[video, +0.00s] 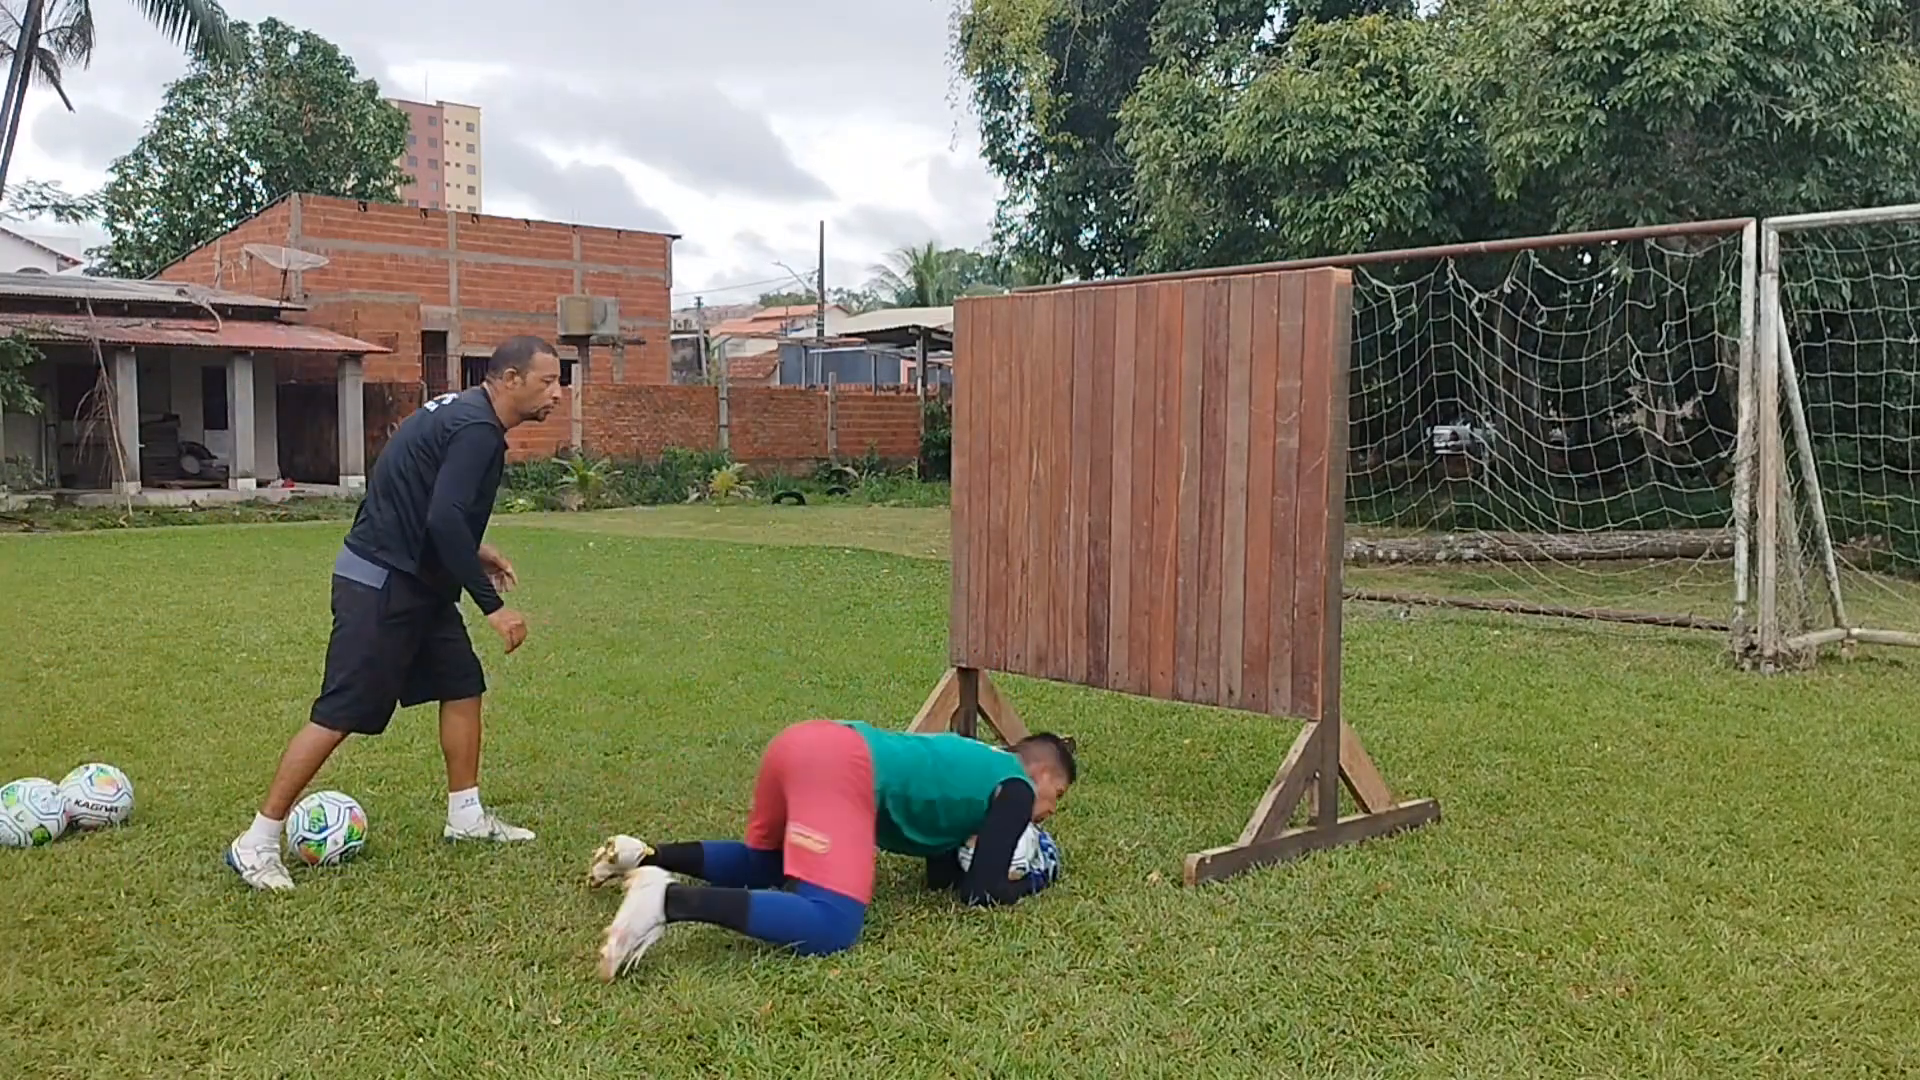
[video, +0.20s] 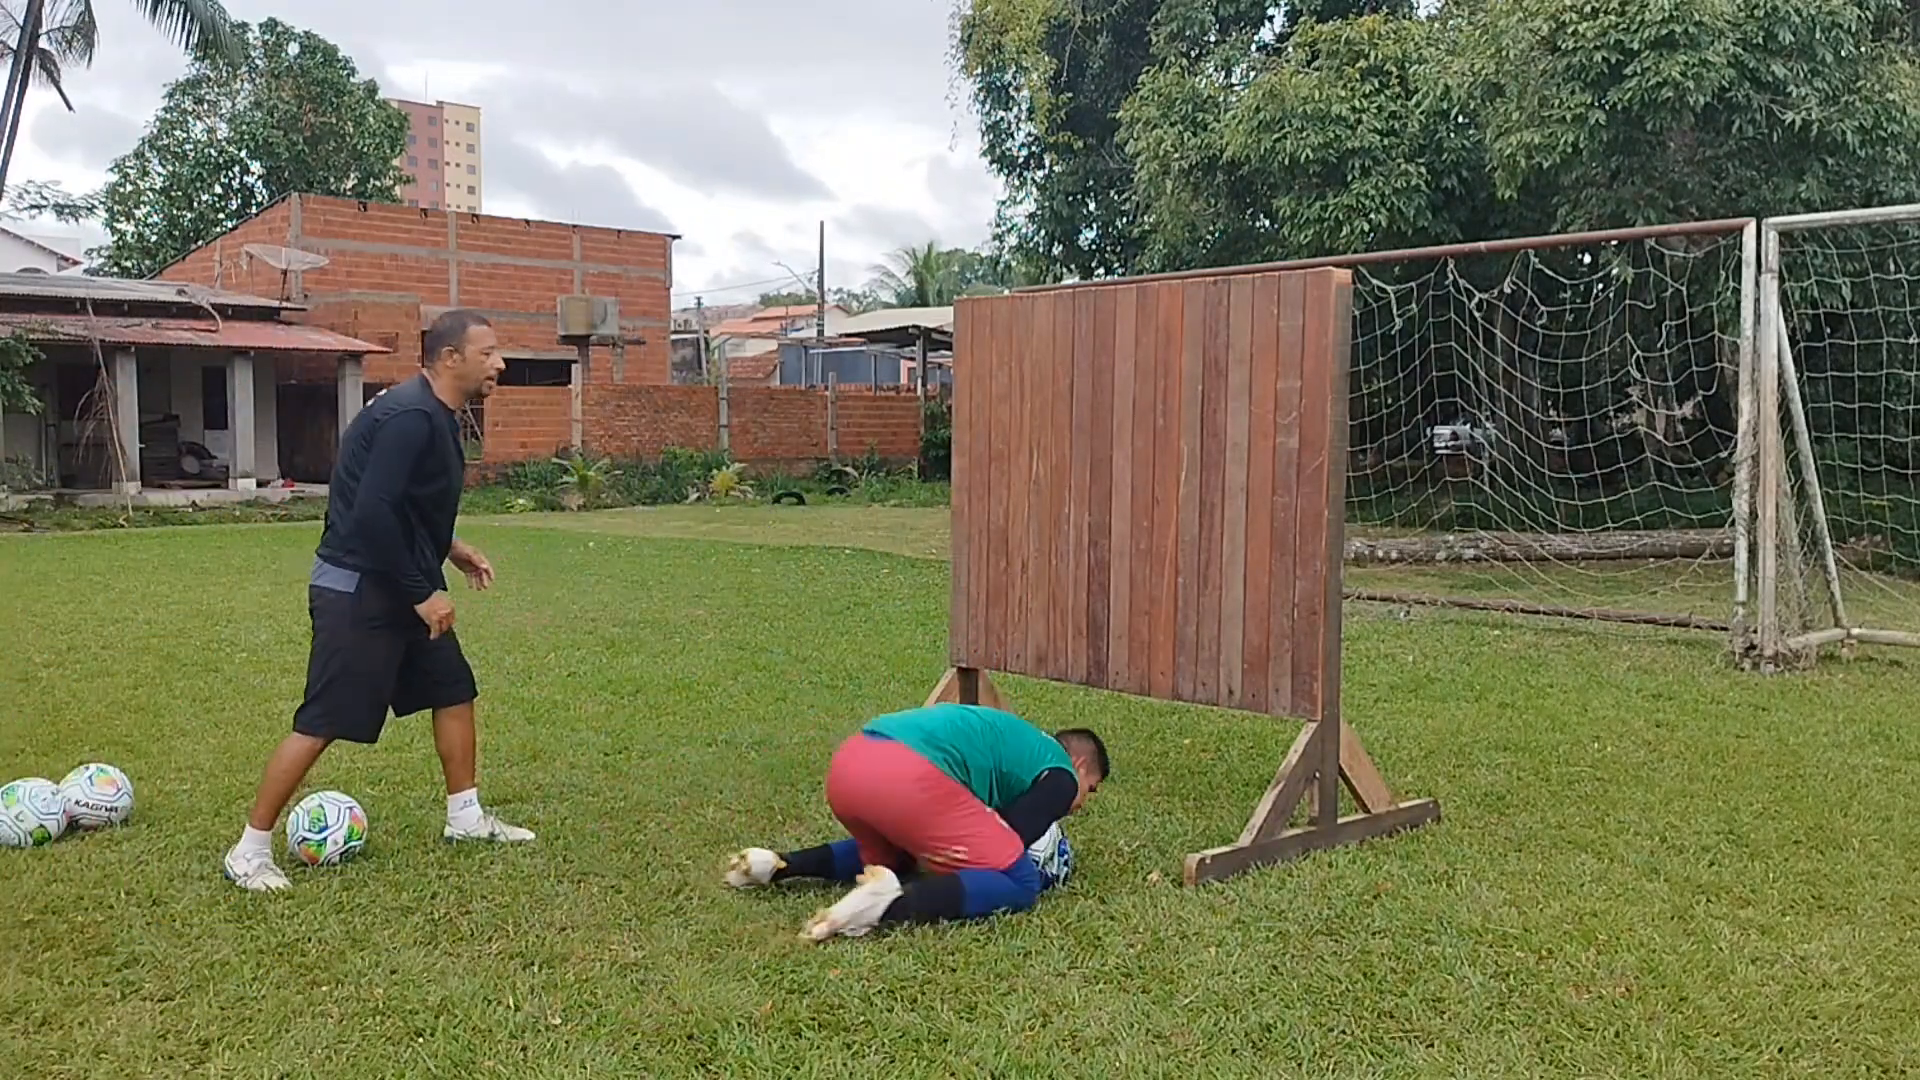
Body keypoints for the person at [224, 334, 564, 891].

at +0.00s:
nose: (557, 394)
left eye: (558, 384)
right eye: (548, 383)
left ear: (506, 382)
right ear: (508, 380)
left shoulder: (463, 414)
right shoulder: (478, 432)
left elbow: (424, 506)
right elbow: (447, 522)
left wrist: (475, 550)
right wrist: (494, 606)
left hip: (421, 584)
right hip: (379, 582)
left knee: (462, 688)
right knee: (339, 712)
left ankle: (466, 818)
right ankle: (257, 841)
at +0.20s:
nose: (498, 364)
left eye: (497, 354)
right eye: (488, 353)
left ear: (455, 359)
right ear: (451, 358)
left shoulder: (437, 416)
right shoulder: (409, 417)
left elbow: (404, 504)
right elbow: (373, 511)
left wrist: (452, 547)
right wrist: (422, 591)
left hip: (403, 590)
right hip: (354, 590)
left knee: (455, 692)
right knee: (322, 719)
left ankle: (465, 819)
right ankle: (249, 851)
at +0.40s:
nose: (428, 348)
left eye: (427, 336)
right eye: (418, 337)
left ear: (382, 346)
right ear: (376, 344)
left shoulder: (372, 407)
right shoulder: (331, 410)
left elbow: (341, 502)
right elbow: (298, 513)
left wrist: (393, 532)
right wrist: (368, 581)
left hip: (358, 587)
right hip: (309, 590)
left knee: (415, 695)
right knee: (283, 723)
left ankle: (462, 816)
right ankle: (241, 857)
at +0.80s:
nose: (348, 326)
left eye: (346, 314)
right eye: (336, 315)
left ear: (303, 328)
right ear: (295, 327)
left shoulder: (310, 396)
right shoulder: (255, 401)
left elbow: (328, 478)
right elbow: (268, 504)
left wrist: (402, 470)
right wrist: (374, 504)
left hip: (329, 584)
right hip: (274, 588)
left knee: (378, 697)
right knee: (265, 723)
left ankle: (392, 829)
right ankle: (239, 857)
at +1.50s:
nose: (340, 332)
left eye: (338, 319)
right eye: (328, 322)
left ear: (296, 331)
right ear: (288, 331)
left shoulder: (313, 391)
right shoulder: (234, 406)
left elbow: (324, 460)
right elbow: (232, 515)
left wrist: (374, 482)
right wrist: (333, 542)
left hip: (330, 580)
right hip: (265, 587)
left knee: (389, 692)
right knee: (254, 723)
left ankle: (397, 824)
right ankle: (238, 855)